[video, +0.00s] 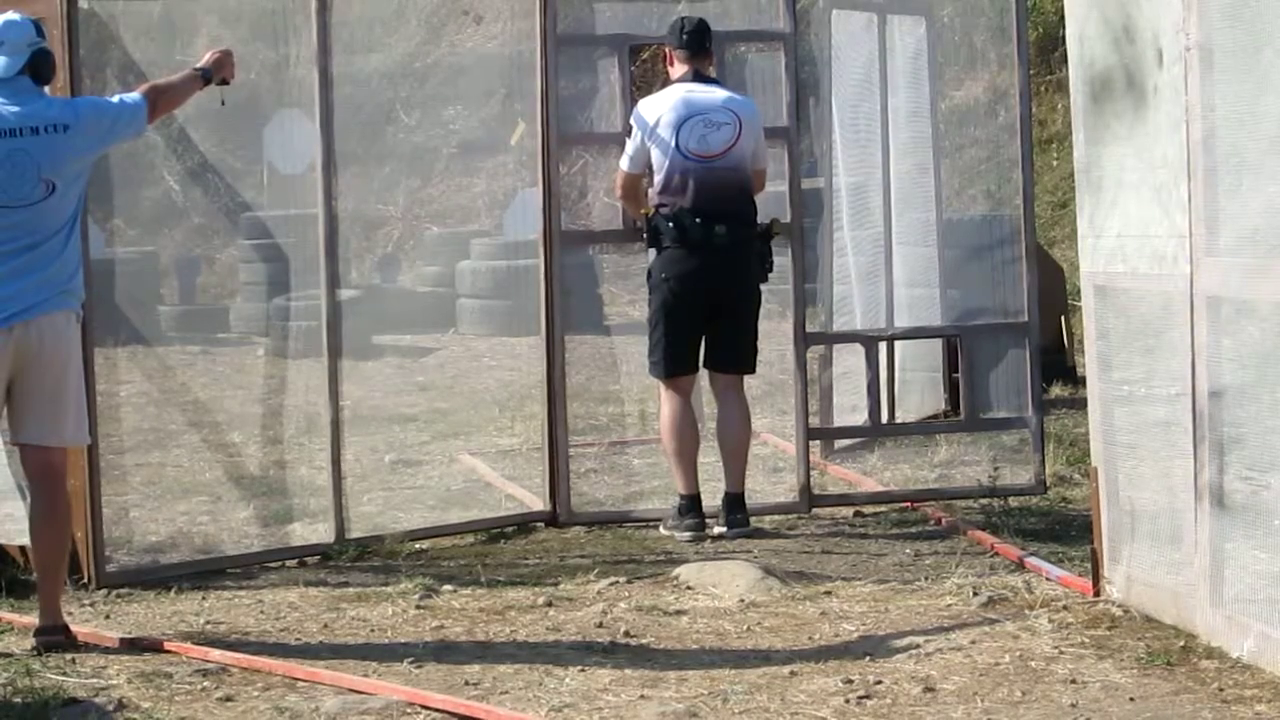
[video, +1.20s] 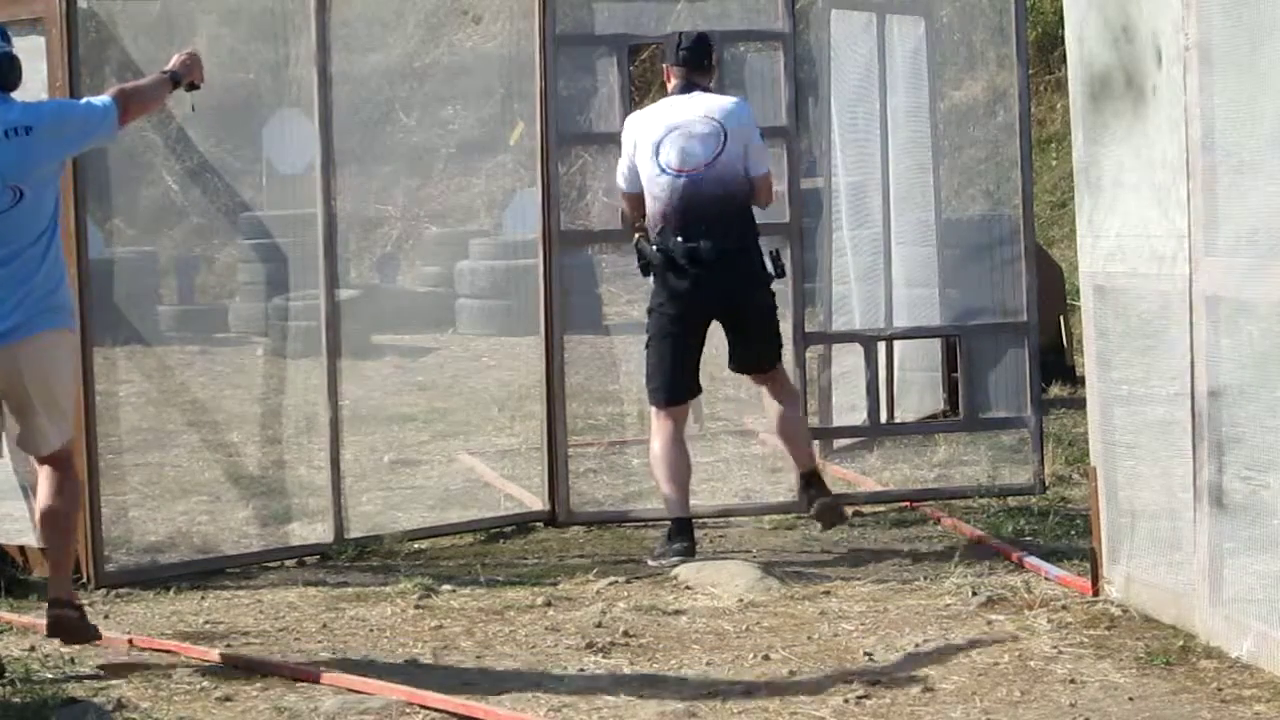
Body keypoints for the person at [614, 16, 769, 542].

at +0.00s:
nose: (668, 65)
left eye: (666, 58)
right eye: (685, 57)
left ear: (669, 58)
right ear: (713, 58)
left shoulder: (652, 109)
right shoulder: (745, 107)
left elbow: (626, 190)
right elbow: (757, 182)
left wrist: (652, 210)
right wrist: (719, 208)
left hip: (677, 255)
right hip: (738, 255)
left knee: (676, 386)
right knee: (730, 383)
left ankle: (689, 509)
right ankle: (735, 506)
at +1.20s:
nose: (666, 79)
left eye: (665, 72)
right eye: (702, 73)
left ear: (667, 75)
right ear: (713, 72)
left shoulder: (639, 123)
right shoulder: (737, 111)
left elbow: (633, 214)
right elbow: (764, 194)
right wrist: (717, 190)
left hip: (676, 276)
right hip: (741, 269)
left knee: (668, 412)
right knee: (773, 377)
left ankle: (680, 535)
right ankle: (813, 484)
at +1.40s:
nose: (697, 79)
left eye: (692, 72)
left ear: (692, 76)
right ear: (738, 75)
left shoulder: (665, 118)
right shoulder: (760, 114)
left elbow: (658, 129)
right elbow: (740, 119)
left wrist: (695, 98)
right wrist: (710, 94)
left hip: (691, 290)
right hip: (759, 285)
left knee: (669, 414)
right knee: (813, 406)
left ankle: (678, 537)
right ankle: (871, 526)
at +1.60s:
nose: (705, 82)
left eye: (704, 76)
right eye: (721, 77)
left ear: (706, 79)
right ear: (752, 78)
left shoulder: (680, 118)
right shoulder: (778, 116)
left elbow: (685, 123)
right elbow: (752, 117)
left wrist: (706, 97)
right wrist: (722, 96)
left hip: (708, 290)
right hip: (778, 288)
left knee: (674, 410)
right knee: (826, 412)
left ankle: (678, 535)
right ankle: (875, 532)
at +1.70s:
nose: (709, 81)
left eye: (707, 74)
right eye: (735, 74)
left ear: (710, 78)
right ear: (755, 76)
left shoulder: (685, 117)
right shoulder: (782, 116)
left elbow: (688, 121)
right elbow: (751, 117)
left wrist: (704, 98)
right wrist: (720, 96)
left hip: (711, 287)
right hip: (780, 285)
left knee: (673, 408)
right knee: (828, 411)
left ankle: (678, 535)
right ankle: (876, 532)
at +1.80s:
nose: (710, 82)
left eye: (707, 75)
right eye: (735, 74)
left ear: (711, 78)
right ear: (756, 76)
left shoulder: (685, 117)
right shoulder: (783, 117)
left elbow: (689, 121)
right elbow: (753, 114)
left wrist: (704, 97)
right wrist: (723, 93)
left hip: (710, 288)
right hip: (779, 286)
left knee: (671, 408)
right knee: (828, 411)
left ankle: (678, 536)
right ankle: (876, 533)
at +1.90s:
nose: (712, 82)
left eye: (709, 75)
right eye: (738, 74)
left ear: (711, 77)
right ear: (756, 76)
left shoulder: (685, 117)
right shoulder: (783, 116)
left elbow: (690, 120)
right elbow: (752, 115)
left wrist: (705, 97)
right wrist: (721, 94)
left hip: (709, 290)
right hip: (778, 287)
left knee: (672, 408)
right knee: (828, 411)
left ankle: (678, 536)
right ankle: (876, 533)